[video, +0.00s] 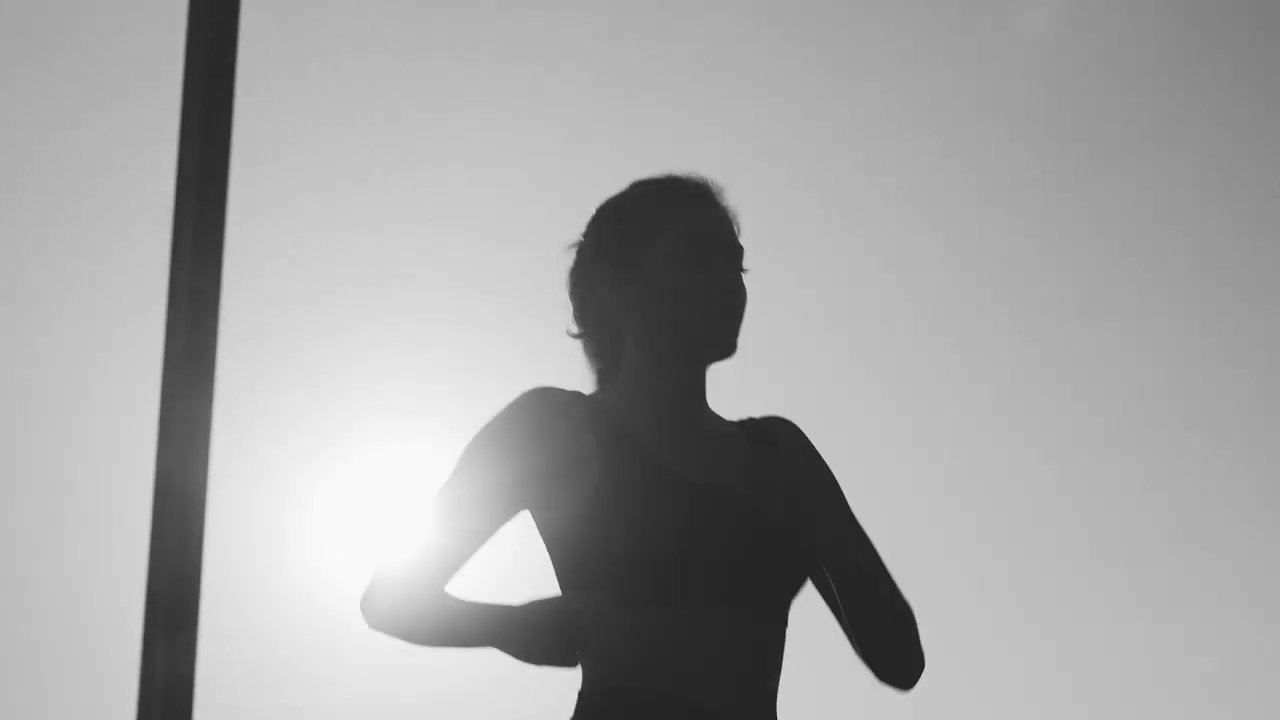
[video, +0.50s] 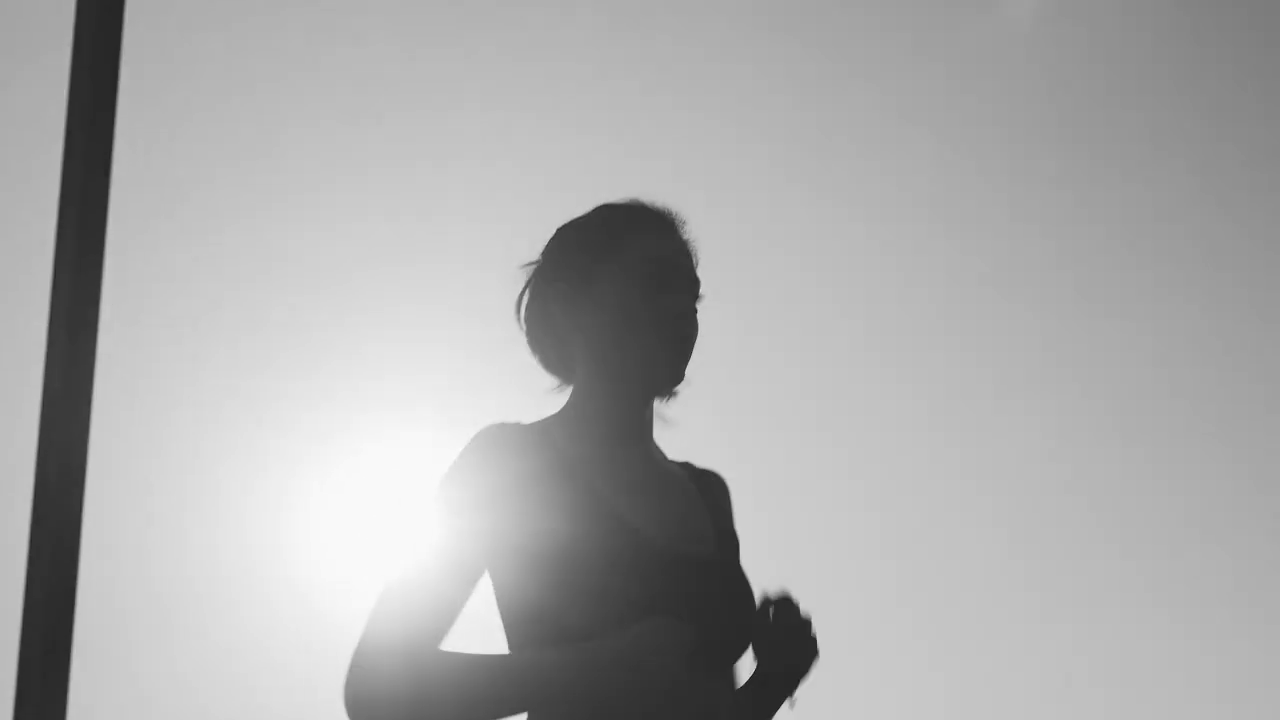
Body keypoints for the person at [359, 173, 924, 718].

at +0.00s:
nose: (740, 279)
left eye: (737, 259)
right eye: (709, 257)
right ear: (619, 281)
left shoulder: (775, 456)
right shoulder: (549, 429)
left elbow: (901, 663)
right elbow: (392, 599)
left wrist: (814, 518)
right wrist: (511, 624)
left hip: (746, 711)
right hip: (612, 708)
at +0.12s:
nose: (722, 267)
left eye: (722, 248)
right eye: (693, 245)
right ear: (613, 268)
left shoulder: (759, 438)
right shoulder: (533, 413)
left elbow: (891, 642)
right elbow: (380, 589)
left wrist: (793, 492)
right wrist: (500, 604)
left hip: (737, 708)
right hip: (600, 704)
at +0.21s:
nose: (708, 269)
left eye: (708, 247)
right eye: (677, 244)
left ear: (713, 268)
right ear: (604, 268)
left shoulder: (747, 436)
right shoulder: (523, 410)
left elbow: (868, 649)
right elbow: (371, 594)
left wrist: (784, 501)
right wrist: (509, 602)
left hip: (727, 705)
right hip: (594, 703)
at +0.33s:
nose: (706, 296)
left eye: (704, 268)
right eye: (674, 265)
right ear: (595, 280)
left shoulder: (728, 456)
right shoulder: (511, 428)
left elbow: (812, 692)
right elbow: (363, 626)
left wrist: (784, 567)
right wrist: (543, 621)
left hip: (706, 711)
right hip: (583, 709)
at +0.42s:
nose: (687, 302)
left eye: (693, 283)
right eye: (655, 278)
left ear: (699, 304)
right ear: (573, 298)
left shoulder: (717, 476)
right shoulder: (509, 445)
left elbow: (760, 705)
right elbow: (363, 659)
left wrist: (781, 639)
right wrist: (554, 647)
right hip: (581, 710)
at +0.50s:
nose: (686, 319)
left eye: (692, 298)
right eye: (659, 294)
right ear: (574, 315)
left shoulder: (704, 494)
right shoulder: (507, 459)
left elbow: (715, 705)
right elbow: (378, 681)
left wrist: (770, 683)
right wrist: (601, 666)